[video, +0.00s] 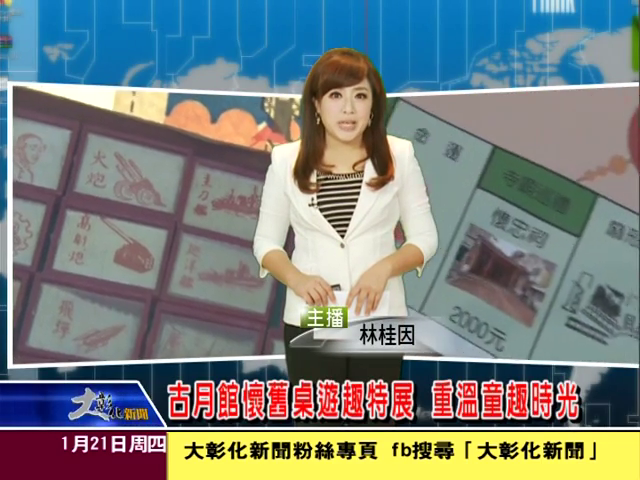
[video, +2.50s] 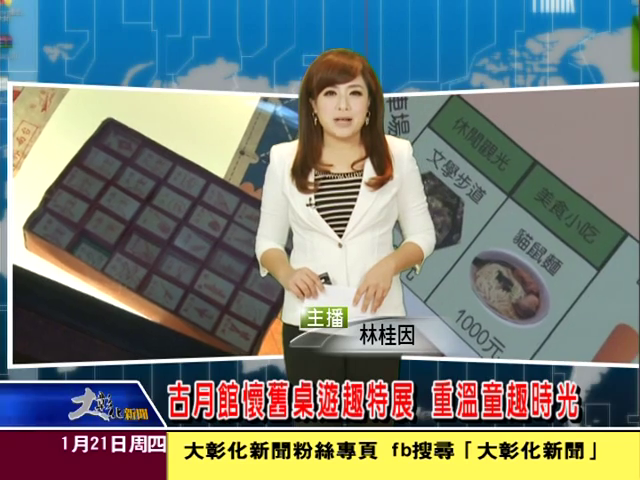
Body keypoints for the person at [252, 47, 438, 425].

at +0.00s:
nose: (348, 108)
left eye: (360, 96)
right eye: (335, 96)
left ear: (374, 104)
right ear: (316, 104)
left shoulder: (397, 156)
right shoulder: (288, 160)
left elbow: (425, 239)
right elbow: (265, 243)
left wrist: (384, 267)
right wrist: (297, 279)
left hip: (379, 324)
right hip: (309, 323)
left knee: (376, 440)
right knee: (315, 439)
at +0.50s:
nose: (347, 109)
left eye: (359, 97)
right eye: (334, 97)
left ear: (373, 104)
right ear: (315, 105)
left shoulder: (396, 155)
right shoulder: (287, 160)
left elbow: (424, 239)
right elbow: (265, 243)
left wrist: (383, 267)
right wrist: (297, 279)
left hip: (379, 323)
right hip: (309, 323)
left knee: (377, 439)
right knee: (314, 438)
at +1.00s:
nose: (345, 115)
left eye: (357, 102)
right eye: (332, 103)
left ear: (371, 105)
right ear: (312, 107)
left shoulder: (395, 156)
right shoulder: (285, 161)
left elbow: (424, 239)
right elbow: (265, 243)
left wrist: (382, 267)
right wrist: (296, 279)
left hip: (378, 325)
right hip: (308, 324)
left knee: (377, 440)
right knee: (315, 439)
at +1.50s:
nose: (345, 104)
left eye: (356, 92)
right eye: (332, 92)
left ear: (370, 103)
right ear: (313, 103)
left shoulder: (395, 155)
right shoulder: (285, 160)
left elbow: (424, 237)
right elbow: (264, 242)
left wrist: (386, 267)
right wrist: (289, 276)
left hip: (377, 324)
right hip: (307, 323)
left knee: (376, 441)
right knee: (314, 440)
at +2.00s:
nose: (343, 105)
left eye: (354, 93)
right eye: (330, 94)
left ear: (369, 102)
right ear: (311, 104)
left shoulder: (395, 155)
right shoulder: (285, 159)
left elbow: (422, 236)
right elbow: (264, 241)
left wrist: (388, 265)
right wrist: (288, 275)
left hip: (376, 325)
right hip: (307, 324)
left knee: (375, 443)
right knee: (314, 442)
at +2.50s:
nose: (343, 105)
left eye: (355, 94)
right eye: (330, 94)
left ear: (370, 103)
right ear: (312, 104)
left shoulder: (395, 155)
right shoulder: (286, 159)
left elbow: (422, 237)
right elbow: (268, 242)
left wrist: (389, 265)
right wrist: (289, 273)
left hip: (376, 326)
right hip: (307, 324)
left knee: (375, 441)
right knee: (313, 440)